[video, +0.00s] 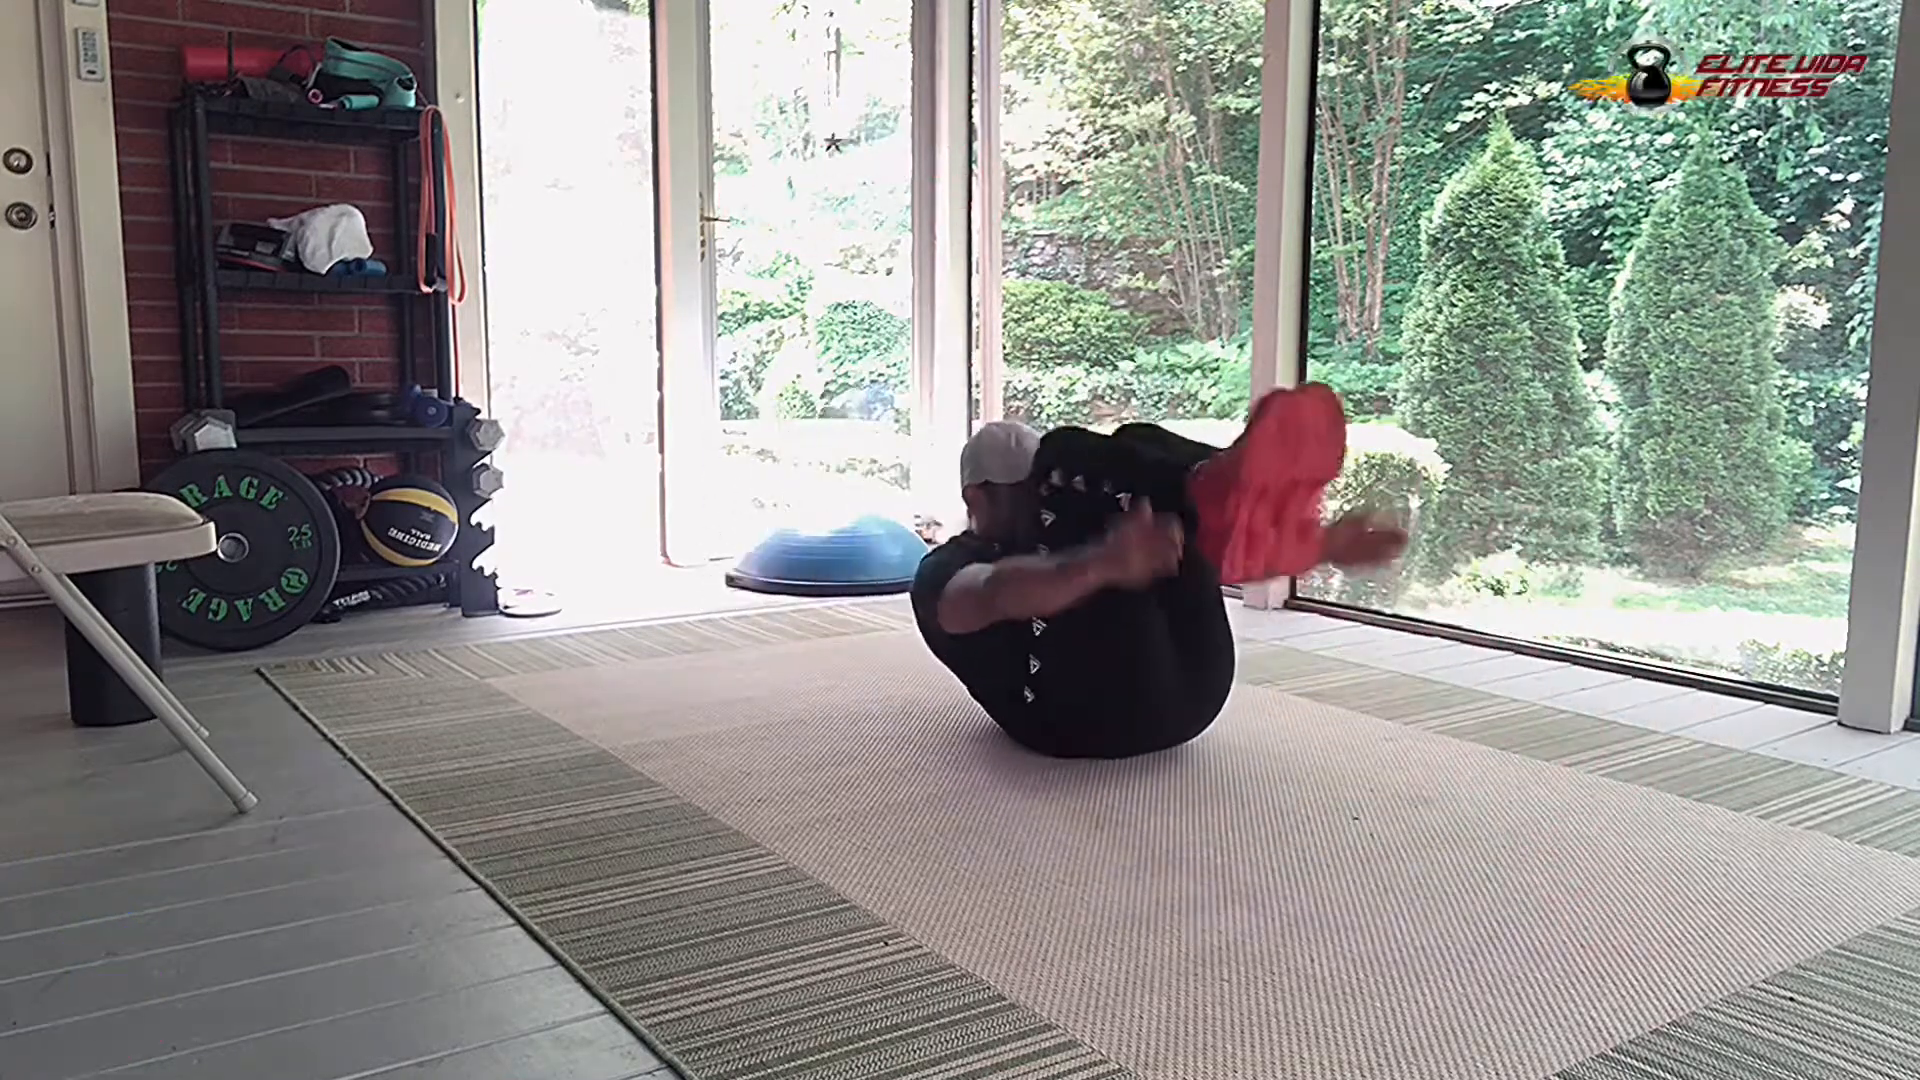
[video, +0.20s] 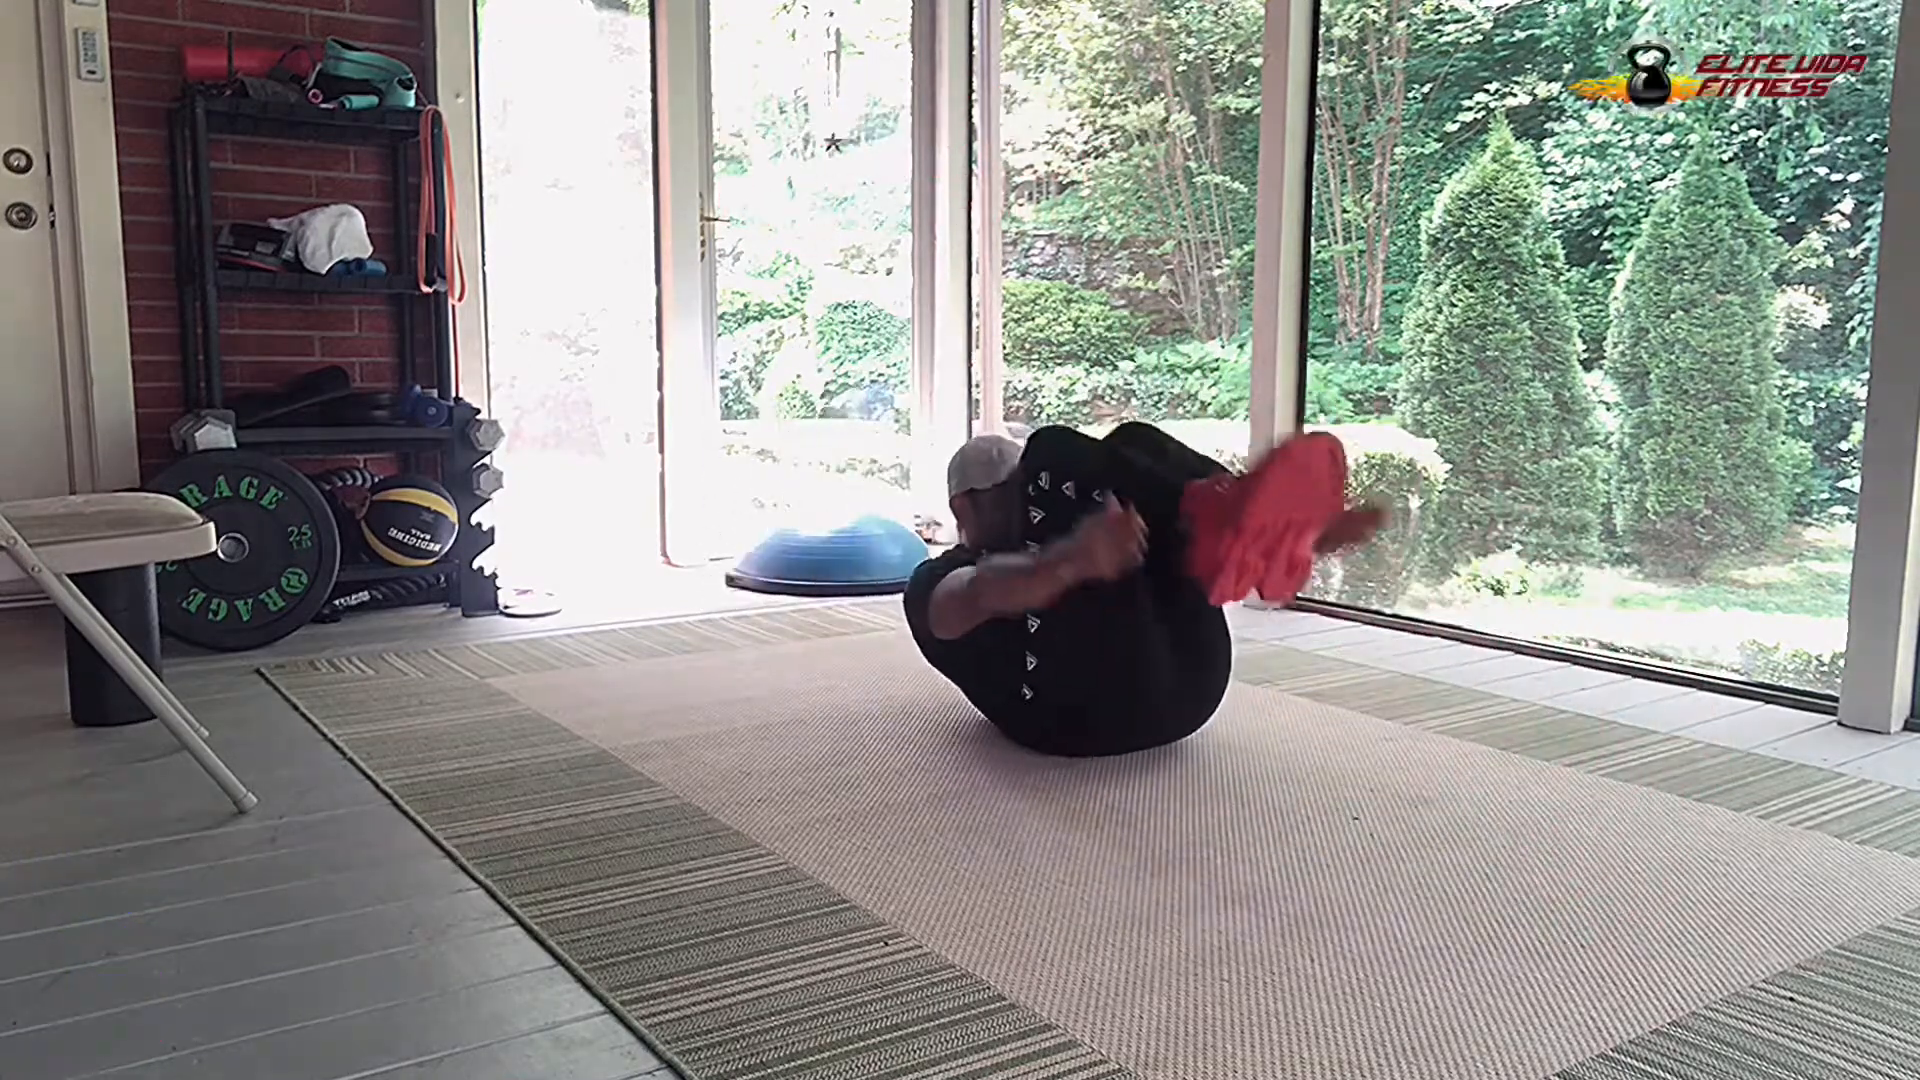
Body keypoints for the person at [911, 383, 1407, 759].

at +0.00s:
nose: (1041, 505)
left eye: (1037, 492)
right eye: (1019, 494)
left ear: (1046, 491)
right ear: (981, 499)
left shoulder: (1078, 530)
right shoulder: (943, 567)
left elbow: (1197, 531)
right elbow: (991, 597)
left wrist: (1324, 544)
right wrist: (1105, 563)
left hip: (1185, 695)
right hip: (1084, 713)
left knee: (1133, 444)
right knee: (1062, 449)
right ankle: (1211, 491)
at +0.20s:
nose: (959, 526)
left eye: (961, 509)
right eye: (989, 502)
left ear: (989, 503)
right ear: (968, 509)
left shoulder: (1069, 537)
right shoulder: (936, 579)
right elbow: (971, 600)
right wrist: (1071, 561)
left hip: (1191, 689)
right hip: (1091, 712)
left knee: (1129, 444)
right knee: (1049, 447)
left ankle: (1287, 535)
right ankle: (1214, 521)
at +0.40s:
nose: (1004, 492)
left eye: (1002, 483)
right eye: (983, 486)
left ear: (1010, 503)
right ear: (936, 516)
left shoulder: (1057, 571)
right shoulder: (922, 598)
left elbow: (1209, 557)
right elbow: (963, 515)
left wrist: (1269, 438)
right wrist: (1004, 436)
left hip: (1182, 698)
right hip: (1087, 695)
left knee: (1181, 434)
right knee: (1091, 451)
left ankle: (1314, 576)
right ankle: (1273, 555)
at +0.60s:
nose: (962, 499)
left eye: (971, 491)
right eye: (944, 494)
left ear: (993, 515)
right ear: (916, 526)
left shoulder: (1057, 569)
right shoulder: (920, 608)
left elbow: (1141, 476)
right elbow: (889, 489)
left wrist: (1182, 353)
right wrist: (884, 369)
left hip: (1186, 698)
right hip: (1107, 708)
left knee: (1267, 479)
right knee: (1179, 499)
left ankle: (1430, 622)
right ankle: (1381, 616)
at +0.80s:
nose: (946, 530)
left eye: (953, 522)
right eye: (922, 529)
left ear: (983, 541)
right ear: (899, 562)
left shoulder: (1048, 578)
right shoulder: (909, 617)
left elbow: (1084, 481)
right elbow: (838, 498)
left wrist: (1076, 369)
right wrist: (799, 386)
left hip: (1166, 671)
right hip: (1098, 707)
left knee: (1326, 568)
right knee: (1266, 598)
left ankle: (1518, 703)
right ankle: (1509, 698)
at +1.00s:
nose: (935, 553)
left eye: (939, 546)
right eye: (911, 560)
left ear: (966, 560)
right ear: (887, 593)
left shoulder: (1028, 592)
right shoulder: (895, 632)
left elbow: (1035, 523)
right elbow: (815, 555)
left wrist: (991, 439)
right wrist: (764, 470)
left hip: (1139, 646)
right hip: (1079, 691)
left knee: (1343, 654)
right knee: (1275, 676)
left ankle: (1581, 761)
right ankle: (1542, 762)